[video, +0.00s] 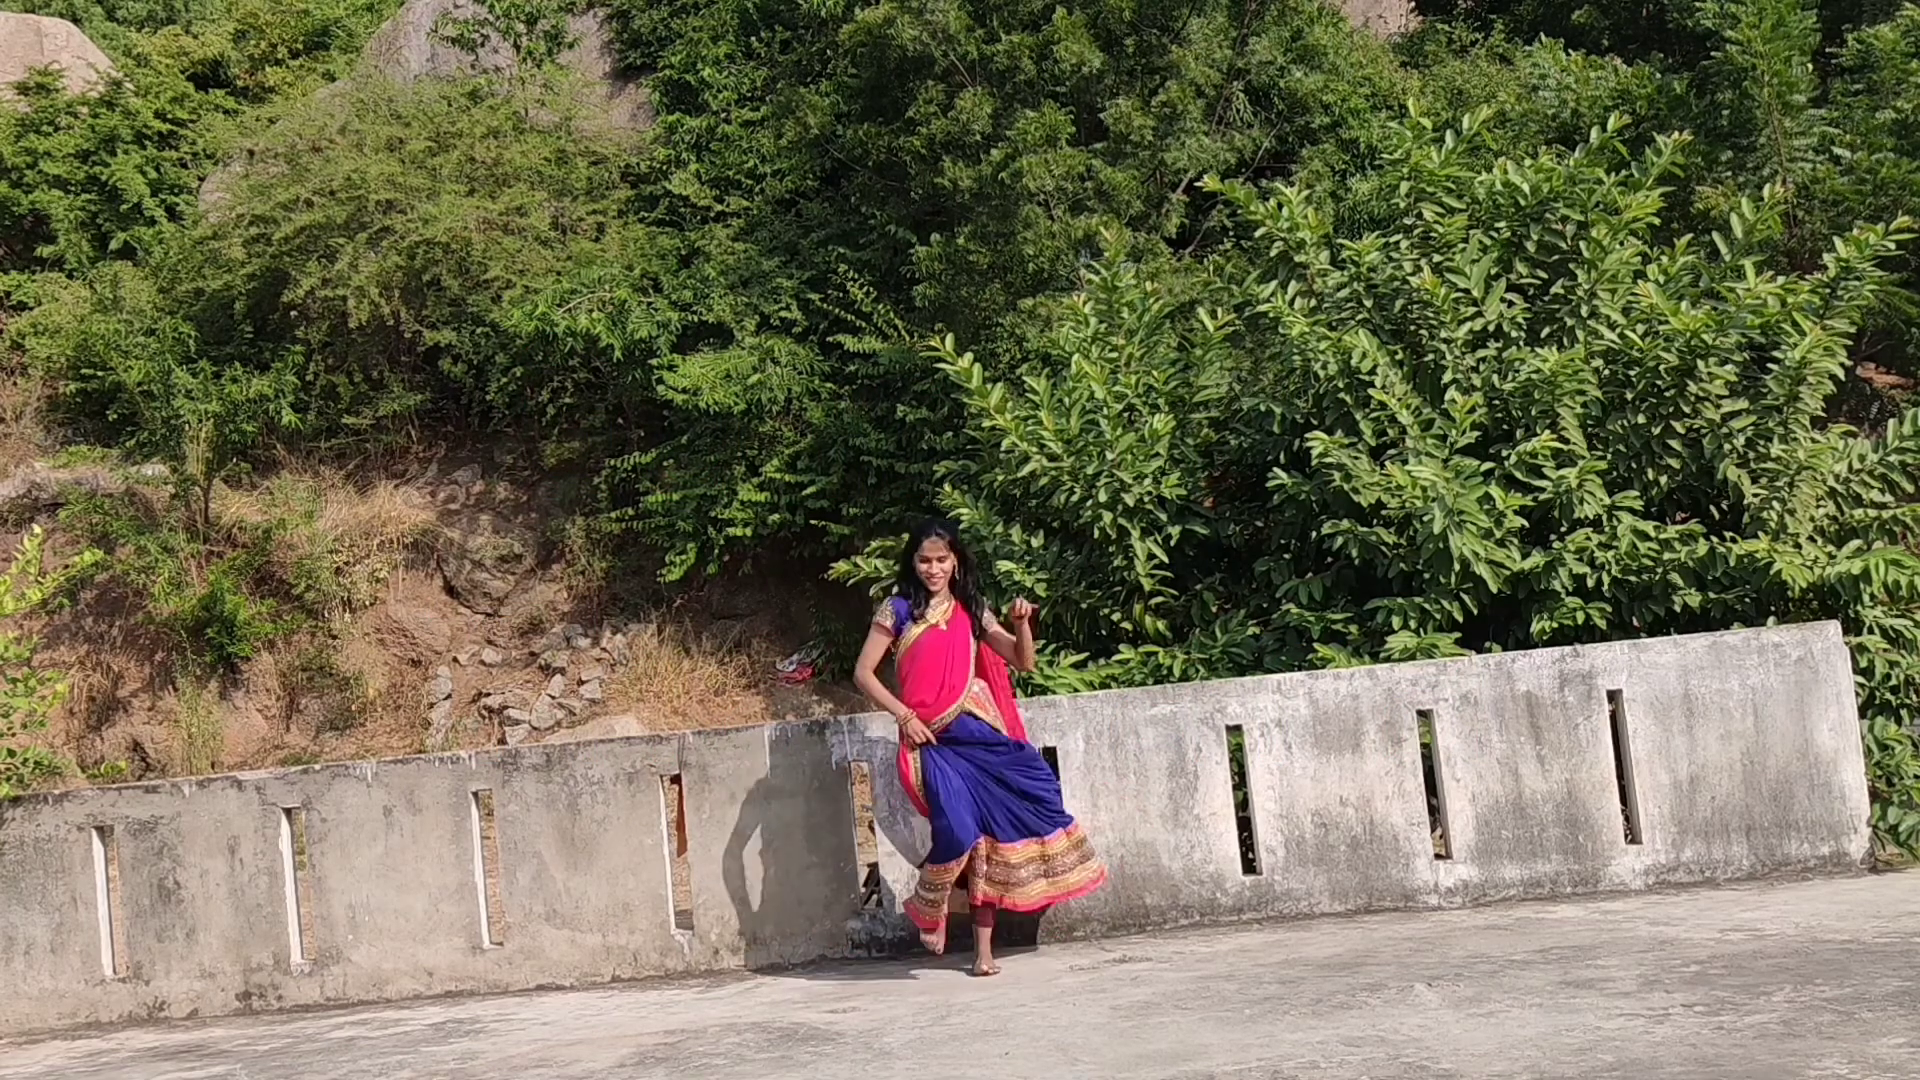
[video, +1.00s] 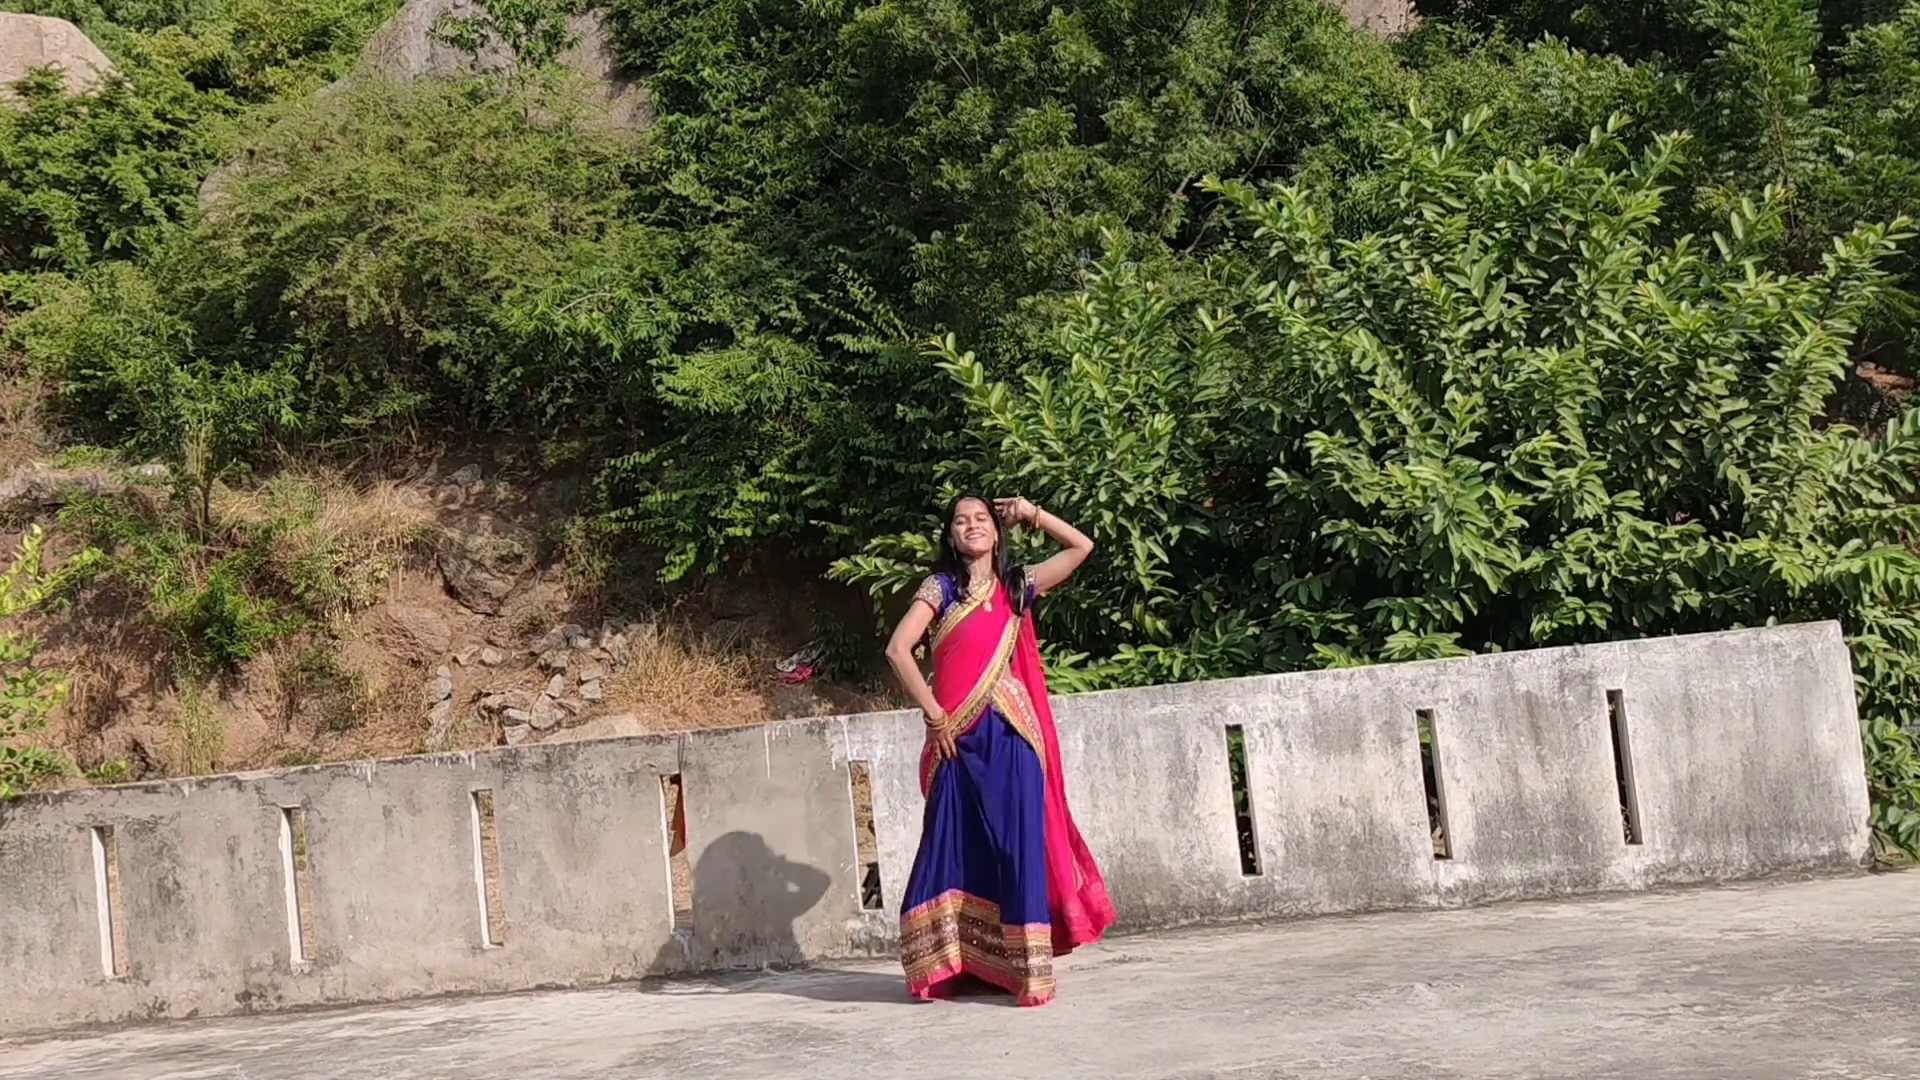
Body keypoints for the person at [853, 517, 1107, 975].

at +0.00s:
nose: (932, 568)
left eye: (941, 559)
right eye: (924, 559)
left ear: (956, 562)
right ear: (912, 563)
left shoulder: (971, 609)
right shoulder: (897, 609)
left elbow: (1023, 662)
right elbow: (862, 672)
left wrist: (1023, 624)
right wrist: (903, 715)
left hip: (979, 731)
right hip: (930, 737)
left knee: (986, 836)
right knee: (960, 833)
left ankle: (983, 947)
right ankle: (930, 906)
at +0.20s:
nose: (944, 569)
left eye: (952, 560)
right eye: (935, 561)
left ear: (969, 558)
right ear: (925, 561)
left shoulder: (987, 598)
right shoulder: (912, 602)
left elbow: (1029, 595)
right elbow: (876, 664)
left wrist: (1006, 550)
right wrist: (905, 687)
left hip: (984, 719)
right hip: (935, 721)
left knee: (984, 820)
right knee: (964, 822)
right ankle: (985, 942)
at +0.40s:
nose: (951, 567)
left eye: (960, 557)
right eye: (942, 558)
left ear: (977, 559)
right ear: (931, 562)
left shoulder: (996, 604)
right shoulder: (920, 605)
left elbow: (1033, 579)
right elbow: (883, 668)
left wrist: (1005, 539)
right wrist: (919, 689)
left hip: (984, 733)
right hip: (936, 733)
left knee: (978, 835)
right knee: (958, 839)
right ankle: (975, 962)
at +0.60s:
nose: (956, 552)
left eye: (965, 544)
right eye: (947, 544)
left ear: (982, 551)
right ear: (935, 551)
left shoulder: (1001, 600)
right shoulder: (923, 601)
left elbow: (1053, 563)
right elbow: (880, 657)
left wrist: (1016, 530)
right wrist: (924, 698)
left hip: (994, 729)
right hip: (944, 733)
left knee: (1004, 840)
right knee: (958, 841)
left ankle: (948, 946)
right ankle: (977, 963)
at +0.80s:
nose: (962, 533)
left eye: (971, 526)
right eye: (953, 527)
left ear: (988, 537)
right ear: (941, 539)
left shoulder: (1007, 590)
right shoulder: (930, 589)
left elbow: (1068, 556)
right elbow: (886, 644)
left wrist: (1025, 520)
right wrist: (929, 705)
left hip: (1001, 726)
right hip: (951, 731)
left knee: (1006, 838)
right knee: (957, 841)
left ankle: (992, 951)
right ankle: (962, 961)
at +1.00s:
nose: (972, 526)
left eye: (980, 518)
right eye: (962, 521)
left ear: (998, 530)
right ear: (951, 537)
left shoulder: (1019, 585)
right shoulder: (942, 588)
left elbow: (1080, 548)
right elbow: (897, 649)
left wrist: (1032, 514)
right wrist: (935, 716)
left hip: (1014, 728)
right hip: (960, 732)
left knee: (1021, 846)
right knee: (964, 846)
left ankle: (1030, 969)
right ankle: (965, 963)